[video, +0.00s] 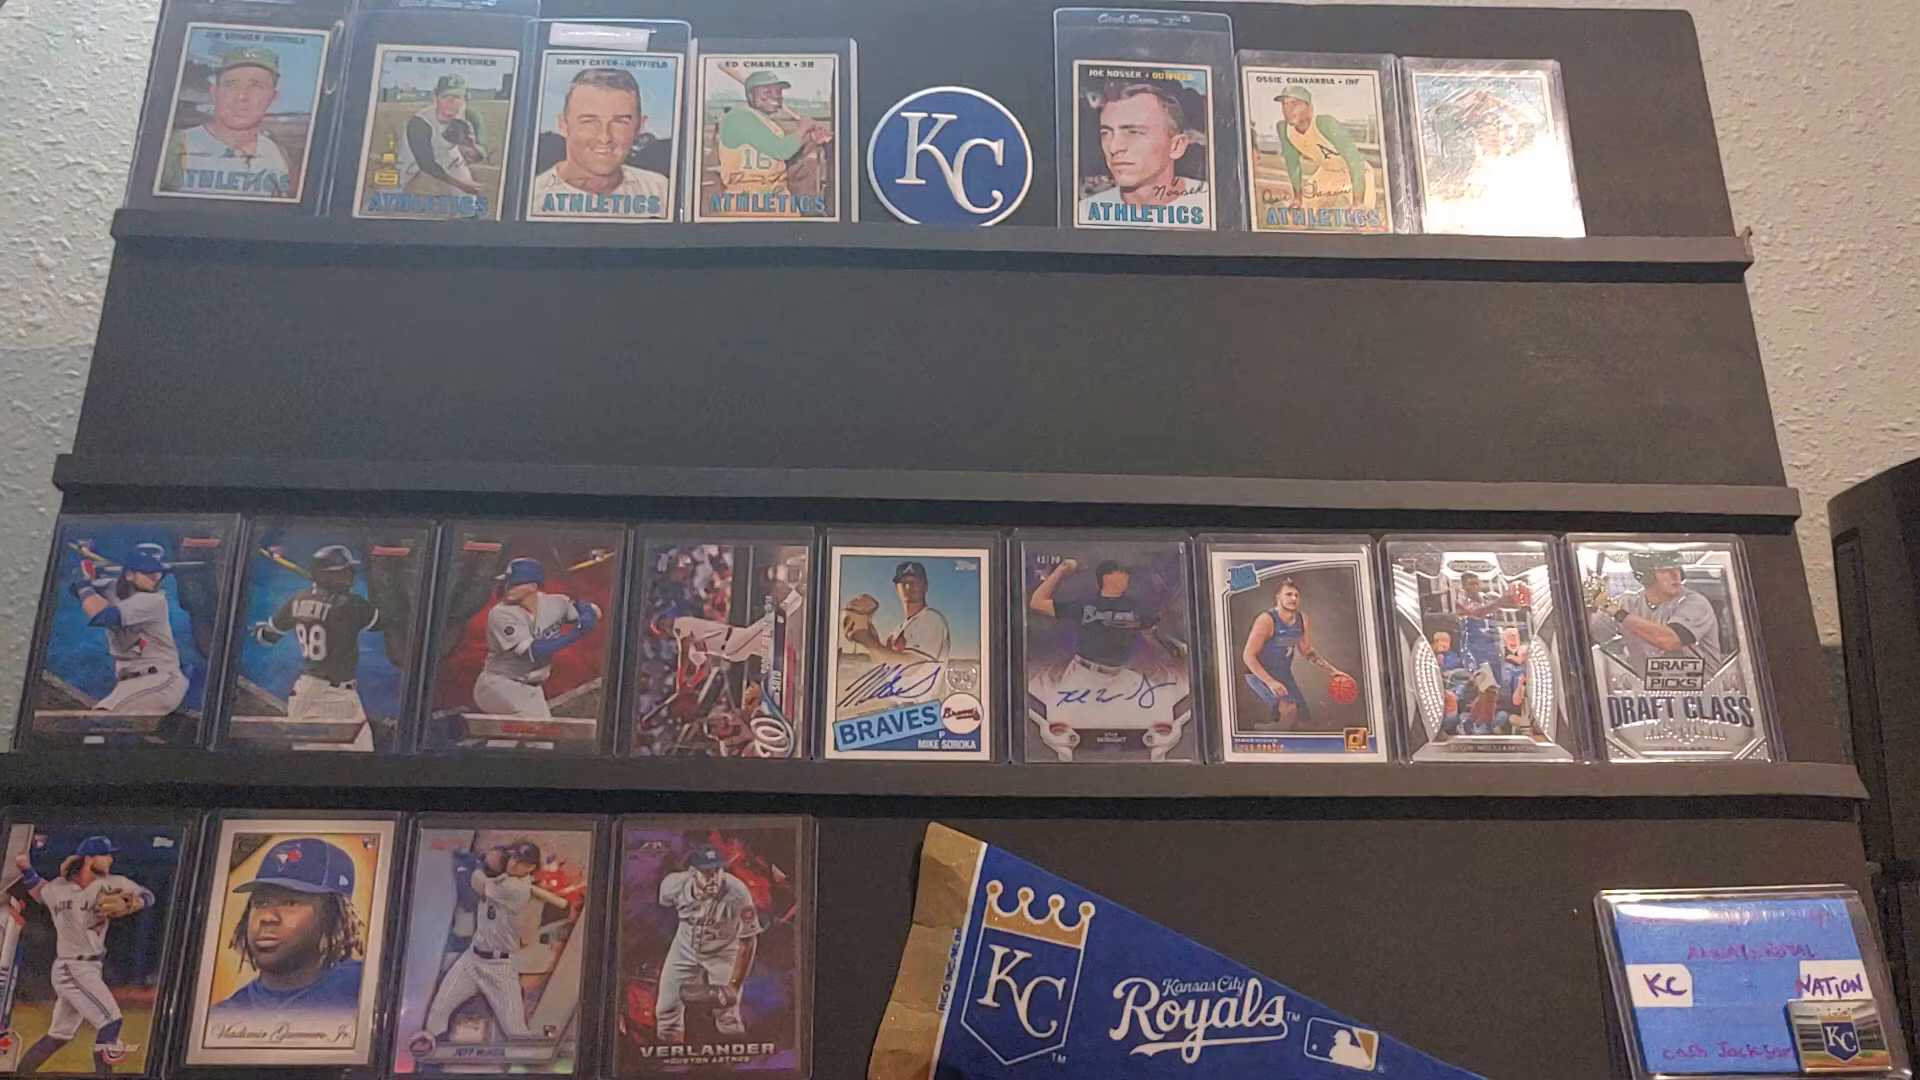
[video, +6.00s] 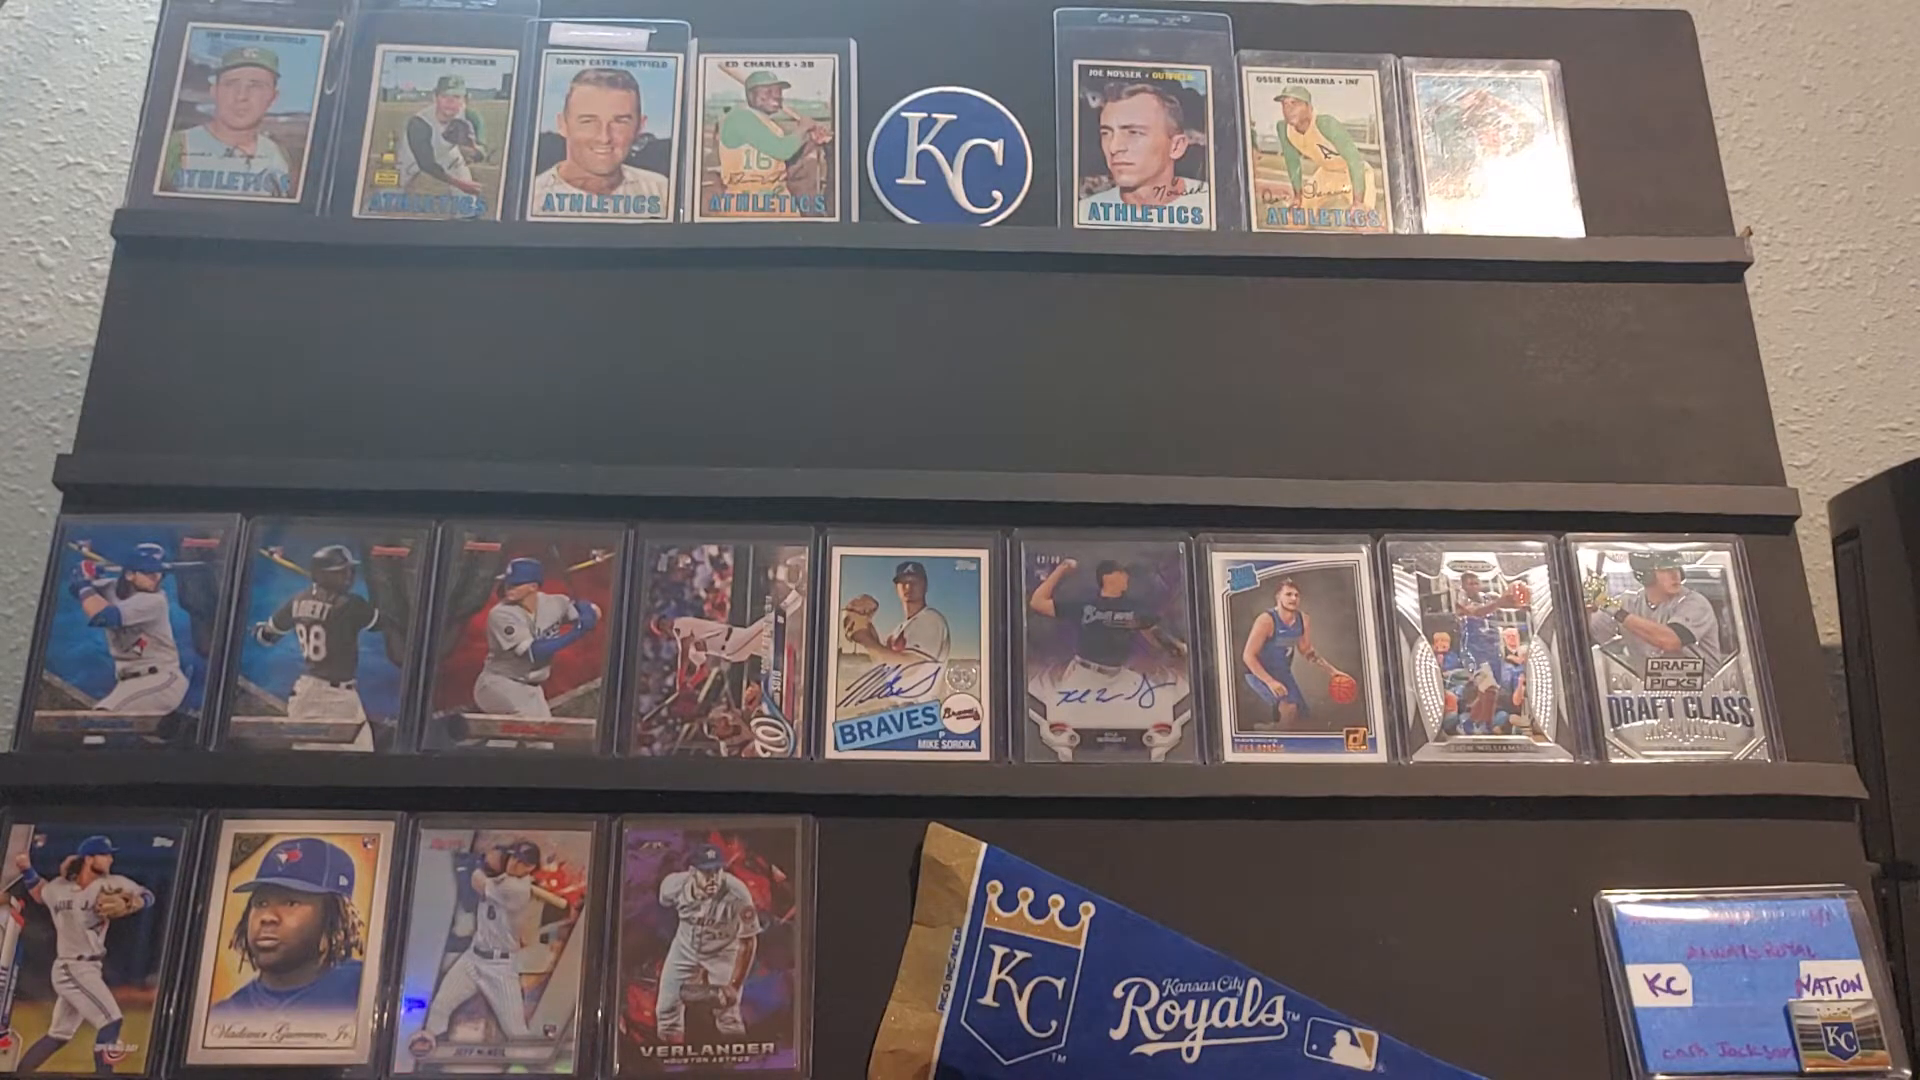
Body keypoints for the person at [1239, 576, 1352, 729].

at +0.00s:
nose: (1293, 599)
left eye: (1296, 595)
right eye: (1288, 595)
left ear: (1299, 599)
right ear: (1278, 597)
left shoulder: (1302, 619)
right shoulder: (1266, 620)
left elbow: (1307, 651)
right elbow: (1248, 656)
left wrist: (1333, 671)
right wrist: (1270, 682)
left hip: (1284, 674)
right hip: (1260, 673)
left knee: (1303, 716)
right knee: (1289, 707)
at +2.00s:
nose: (1293, 599)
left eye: (1296, 595)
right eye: (1288, 595)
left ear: (1299, 598)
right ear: (1278, 598)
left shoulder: (1302, 619)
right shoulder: (1266, 620)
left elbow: (1307, 651)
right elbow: (1248, 656)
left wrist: (1333, 672)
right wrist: (1270, 681)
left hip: (1283, 673)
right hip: (1260, 673)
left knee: (1302, 715)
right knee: (1289, 706)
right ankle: (1286, 750)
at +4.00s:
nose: (1293, 599)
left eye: (1296, 595)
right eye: (1288, 595)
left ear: (1299, 598)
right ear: (1278, 597)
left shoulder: (1302, 619)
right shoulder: (1266, 620)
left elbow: (1306, 650)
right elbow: (1248, 656)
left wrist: (1332, 671)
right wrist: (1270, 681)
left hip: (1283, 672)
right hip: (1260, 672)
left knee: (1301, 712)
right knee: (1289, 706)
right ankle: (1284, 750)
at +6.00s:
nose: (1293, 599)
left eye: (1296, 595)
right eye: (1288, 595)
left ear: (1300, 598)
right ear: (1278, 598)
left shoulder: (1302, 619)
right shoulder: (1266, 620)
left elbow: (1307, 650)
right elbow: (1248, 656)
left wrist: (1332, 671)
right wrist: (1270, 682)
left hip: (1283, 672)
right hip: (1260, 672)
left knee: (1300, 713)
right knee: (1289, 707)